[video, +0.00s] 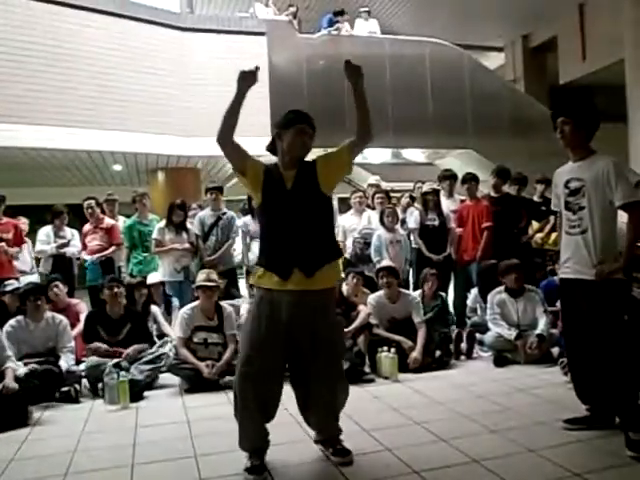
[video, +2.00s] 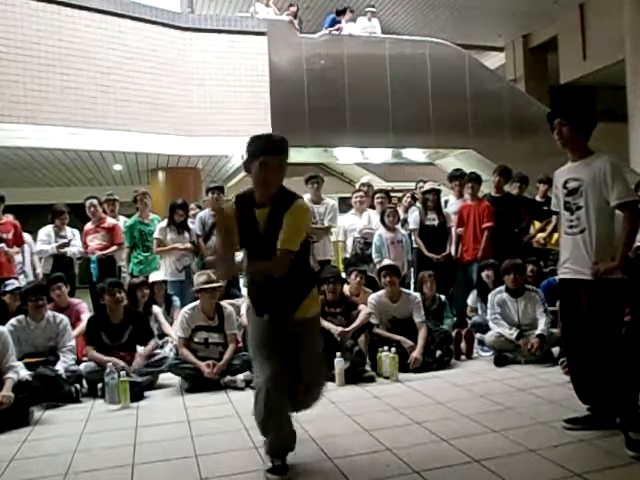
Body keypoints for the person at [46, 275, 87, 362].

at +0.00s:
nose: (54, 291)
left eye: (56, 286)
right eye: (50, 289)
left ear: (65, 288)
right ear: (48, 294)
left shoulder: (78, 304)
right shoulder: (49, 310)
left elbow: (82, 322)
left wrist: (71, 335)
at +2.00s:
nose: (57, 293)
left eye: (59, 288)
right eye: (53, 290)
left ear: (67, 288)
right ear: (50, 294)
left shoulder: (79, 305)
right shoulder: (48, 310)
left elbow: (85, 321)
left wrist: (71, 335)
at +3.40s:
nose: (61, 290)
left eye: (63, 286)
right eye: (56, 288)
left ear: (69, 288)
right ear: (52, 293)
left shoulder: (79, 305)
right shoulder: (49, 309)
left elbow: (86, 322)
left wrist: (71, 336)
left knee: (83, 331)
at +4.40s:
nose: (64, 293)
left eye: (66, 289)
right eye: (59, 291)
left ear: (72, 291)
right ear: (55, 296)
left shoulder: (83, 307)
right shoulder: (53, 312)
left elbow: (90, 325)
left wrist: (75, 338)